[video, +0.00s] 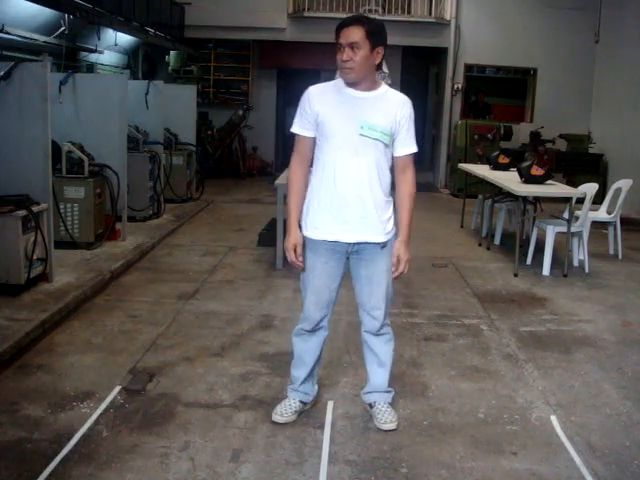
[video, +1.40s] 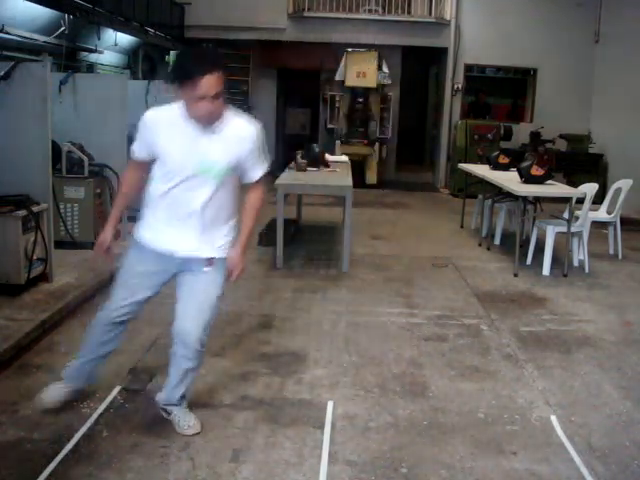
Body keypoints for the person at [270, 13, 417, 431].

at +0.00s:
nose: (344, 55)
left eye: (354, 47)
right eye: (340, 47)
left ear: (378, 53)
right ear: (335, 52)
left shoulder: (397, 105)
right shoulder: (316, 97)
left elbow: (405, 173)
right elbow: (299, 164)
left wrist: (402, 237)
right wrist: (293, 226)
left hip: (375, 234)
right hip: (321, 231)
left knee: (376, 321)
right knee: (312, 319)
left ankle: (380, 396)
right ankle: (300, 391)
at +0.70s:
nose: (283, 83)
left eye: (293, 76)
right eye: (280, 75)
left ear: (320, 78)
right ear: (276, 74)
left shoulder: (344, 127)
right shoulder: (262, 113)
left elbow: (361, 191)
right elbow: (251, 172)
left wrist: (361, 256)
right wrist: (244, 233)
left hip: (328, 248)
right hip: (272, 244)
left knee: (357, 321)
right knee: (251, 314)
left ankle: (379, 397)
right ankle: (265, 383)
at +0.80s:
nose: (260, 75)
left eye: (269, 67)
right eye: (254, 65)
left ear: (291, 68)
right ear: (247, 64)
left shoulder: (312, 113)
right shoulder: (232, 95)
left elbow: (340, 168)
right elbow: (220, 150)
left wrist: (340, 233)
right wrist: (214, 212)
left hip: (289, 236)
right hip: (237, 232)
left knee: (311, 315)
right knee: (239, 315)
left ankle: (350, 389)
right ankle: (264, 382)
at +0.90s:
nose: (238, 67)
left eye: (247, 58)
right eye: (231, 57)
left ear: (264, 56)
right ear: (222, 54)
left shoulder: (287, 101)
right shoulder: (205, 84)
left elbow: (317, 151)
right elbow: (192, 137)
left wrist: (313, 215)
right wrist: (184, 194)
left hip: (253, 222)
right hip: (206, 215)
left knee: (239, 302)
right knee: (202, 298)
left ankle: (264, 375)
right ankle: (240, 369)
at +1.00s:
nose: (205, 76)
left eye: (214, 68)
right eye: (199, 67)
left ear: (233, 65)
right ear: (190, 64)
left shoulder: (257, 105)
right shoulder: (176, 94)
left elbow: (287, 153)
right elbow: (169, 148)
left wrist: (283, 217)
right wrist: (153, 201)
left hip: (223, 231)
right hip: (177, 220)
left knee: (193, 311)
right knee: (138, 291)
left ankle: (200, 387)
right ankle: (158, 356)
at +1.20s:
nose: (156, 131)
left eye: (164, 121)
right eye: (146, 122)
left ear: (176, 116)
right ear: (132, 118)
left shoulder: (201, 158)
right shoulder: (117, 149)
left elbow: (219, 215)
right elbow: (111, 199)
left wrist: (216, 277)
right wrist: (96, 251)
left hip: (178, 263)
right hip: (126, 256)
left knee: (166, 332)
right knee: (84, 325)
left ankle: (185, 390)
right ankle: (64, 386)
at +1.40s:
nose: (214, 105)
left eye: (218, 95)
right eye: (204, 98)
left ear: (225, 90)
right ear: (182, 94)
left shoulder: (245, 132)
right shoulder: (156, 122)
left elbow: (256, 186)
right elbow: (136, 170)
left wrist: (241, 245)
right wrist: (112, 223)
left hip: (209, 255)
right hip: (153, 246)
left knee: (191, 336)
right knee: (115, 312)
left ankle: (173, 401)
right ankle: (73, 380)